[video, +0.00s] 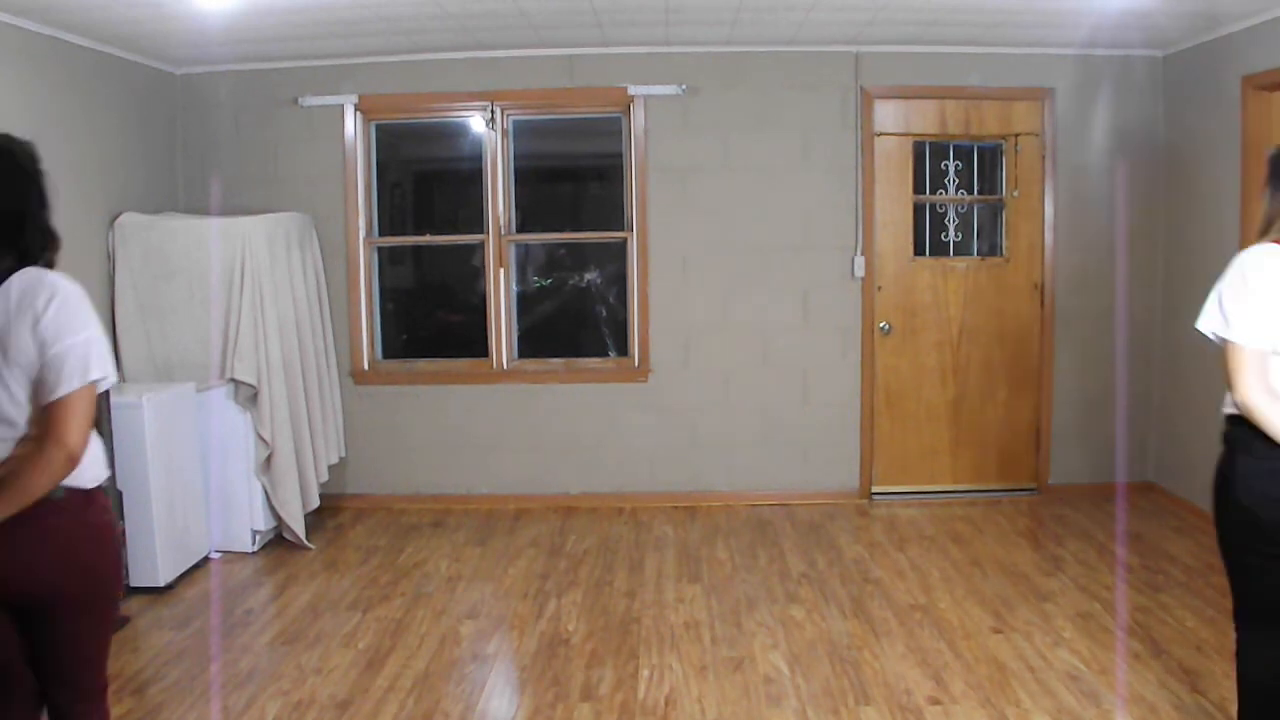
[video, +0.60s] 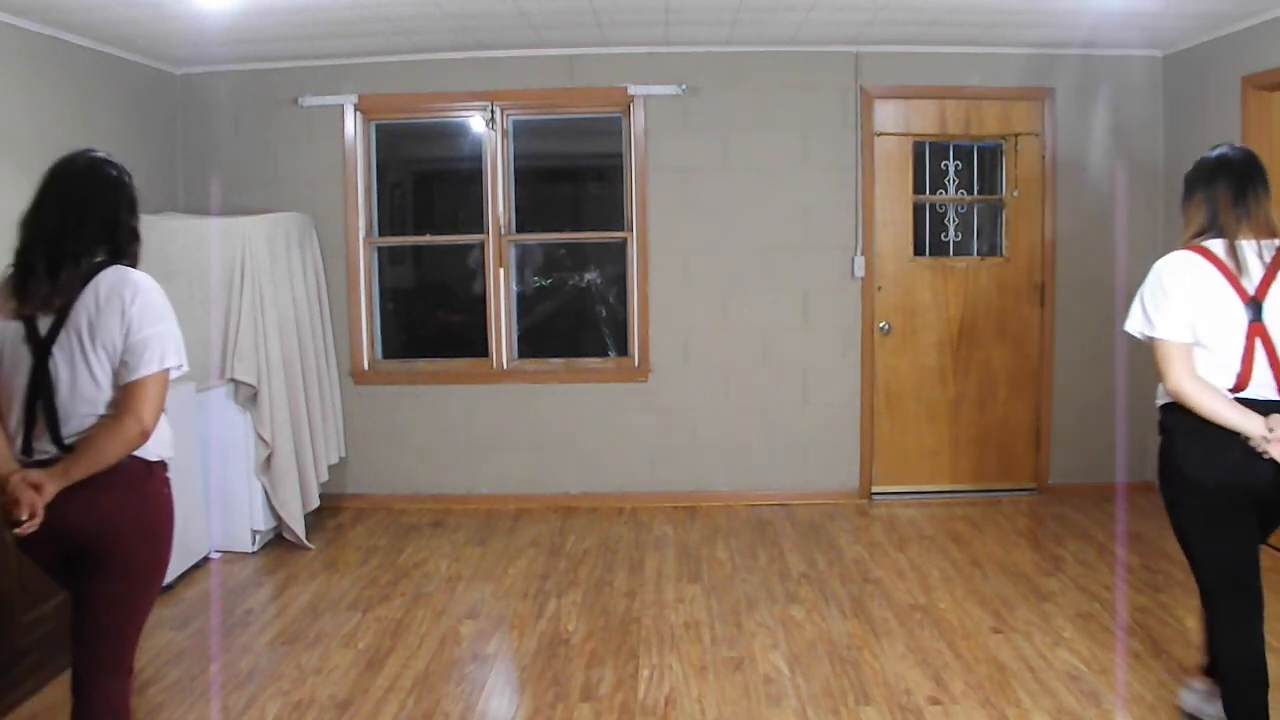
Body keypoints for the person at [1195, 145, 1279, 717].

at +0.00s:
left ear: (1269, 189)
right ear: (1276, 190)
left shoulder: (1256, 266)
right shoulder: (1256, 267)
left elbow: (1250, 389)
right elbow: (1251, 389)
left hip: (1255, 456)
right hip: (1258, 459)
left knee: (1261, 630)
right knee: (1262, 630)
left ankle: (1258, 706)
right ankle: (1257, 707)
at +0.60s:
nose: (1187, 209)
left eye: (1189, 199)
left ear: (1196, 200)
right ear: (1263, 197)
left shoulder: (1177, 270)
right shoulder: (1277, 259)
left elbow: (1179, 380)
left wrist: (1260, 428)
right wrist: (1267, 429)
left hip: (1205, 443)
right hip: (1272, 436)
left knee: (1232, 596)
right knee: (1230, 559)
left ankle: (1246, 708)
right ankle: (1215, 680)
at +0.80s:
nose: (1164, 222)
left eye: (1166, 212)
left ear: (1169, 216)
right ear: (1232, 214)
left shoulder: (1146, 281)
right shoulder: (1269, 279)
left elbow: (1149, 382)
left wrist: (1230, 430)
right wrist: (1256, 422)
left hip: (1172, 450)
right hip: (1255, 450)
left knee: (1216, 602)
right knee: (1180, 548)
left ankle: (1244, 714)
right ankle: (1133, 635)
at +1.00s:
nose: (1138, 216)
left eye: (1141, 206)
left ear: (1144, 209)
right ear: (1202, 209)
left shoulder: (1120, 268)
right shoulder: (1233, 274)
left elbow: (1107, 362)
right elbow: (1258, 364)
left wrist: (1169, 409)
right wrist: (1200, 408)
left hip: (1132, 423)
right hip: (1204, 423)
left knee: (1141, 553)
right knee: (1147, 539)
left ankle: (1201, 675)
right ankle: (1116, 639)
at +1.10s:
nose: (1123, 207)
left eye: (1126, 198)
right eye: (1126, 199)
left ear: (1133, 202)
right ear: (1189, 200)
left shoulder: (1109, 260)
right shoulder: (1219, 265)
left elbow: (1099, 353)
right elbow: (1242, 353)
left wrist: (1163, 397)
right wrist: (1188, 392)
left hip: (1120, 415)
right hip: (1190, 417)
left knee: (1100, 531)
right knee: (1145, 526)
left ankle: (1159, 635)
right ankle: (1115, 640)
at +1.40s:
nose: (1099, 205)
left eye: (1100, 196)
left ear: (1101, 197)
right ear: (1154, 195)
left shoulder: (1083, 254)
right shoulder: (1187, 257)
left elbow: (1075, 341)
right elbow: (1207, 339)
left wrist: (1129, 388)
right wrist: (1156, 385)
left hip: (1092, 398)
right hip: (1161, 401)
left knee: (1057, 487)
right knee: (1133, 519)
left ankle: (1077, 590)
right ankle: (1117, 637)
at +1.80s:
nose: (1050, 212)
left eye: (1052, 204)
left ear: (1053, 208)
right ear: (1104, 205)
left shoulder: (1038, 261)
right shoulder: (1136, 261)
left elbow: (1033, 342)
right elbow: (1161, 337)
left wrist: (1087, 383)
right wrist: (1111, 378)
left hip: (1051, 398)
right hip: (1116, 399)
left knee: (1021, 480)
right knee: (1108, 517)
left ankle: (1026, 581)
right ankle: (1113, 635)